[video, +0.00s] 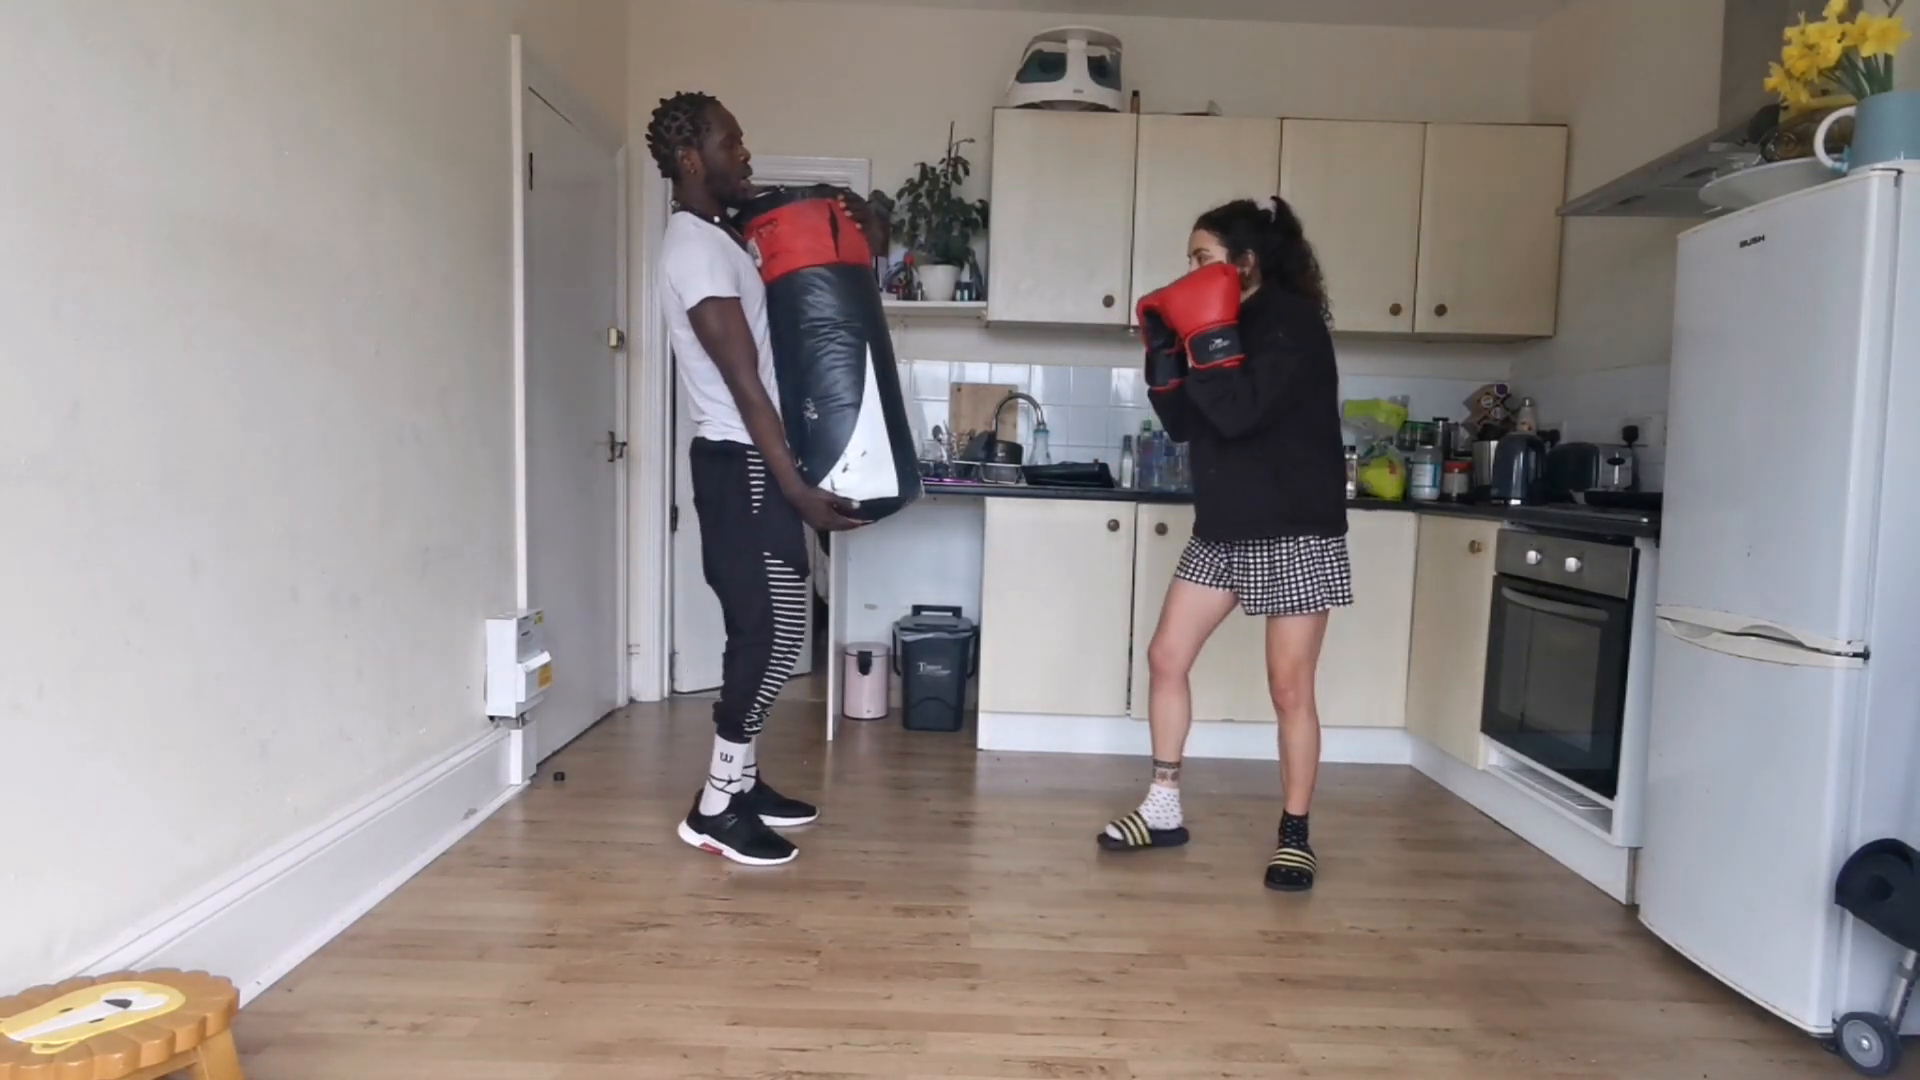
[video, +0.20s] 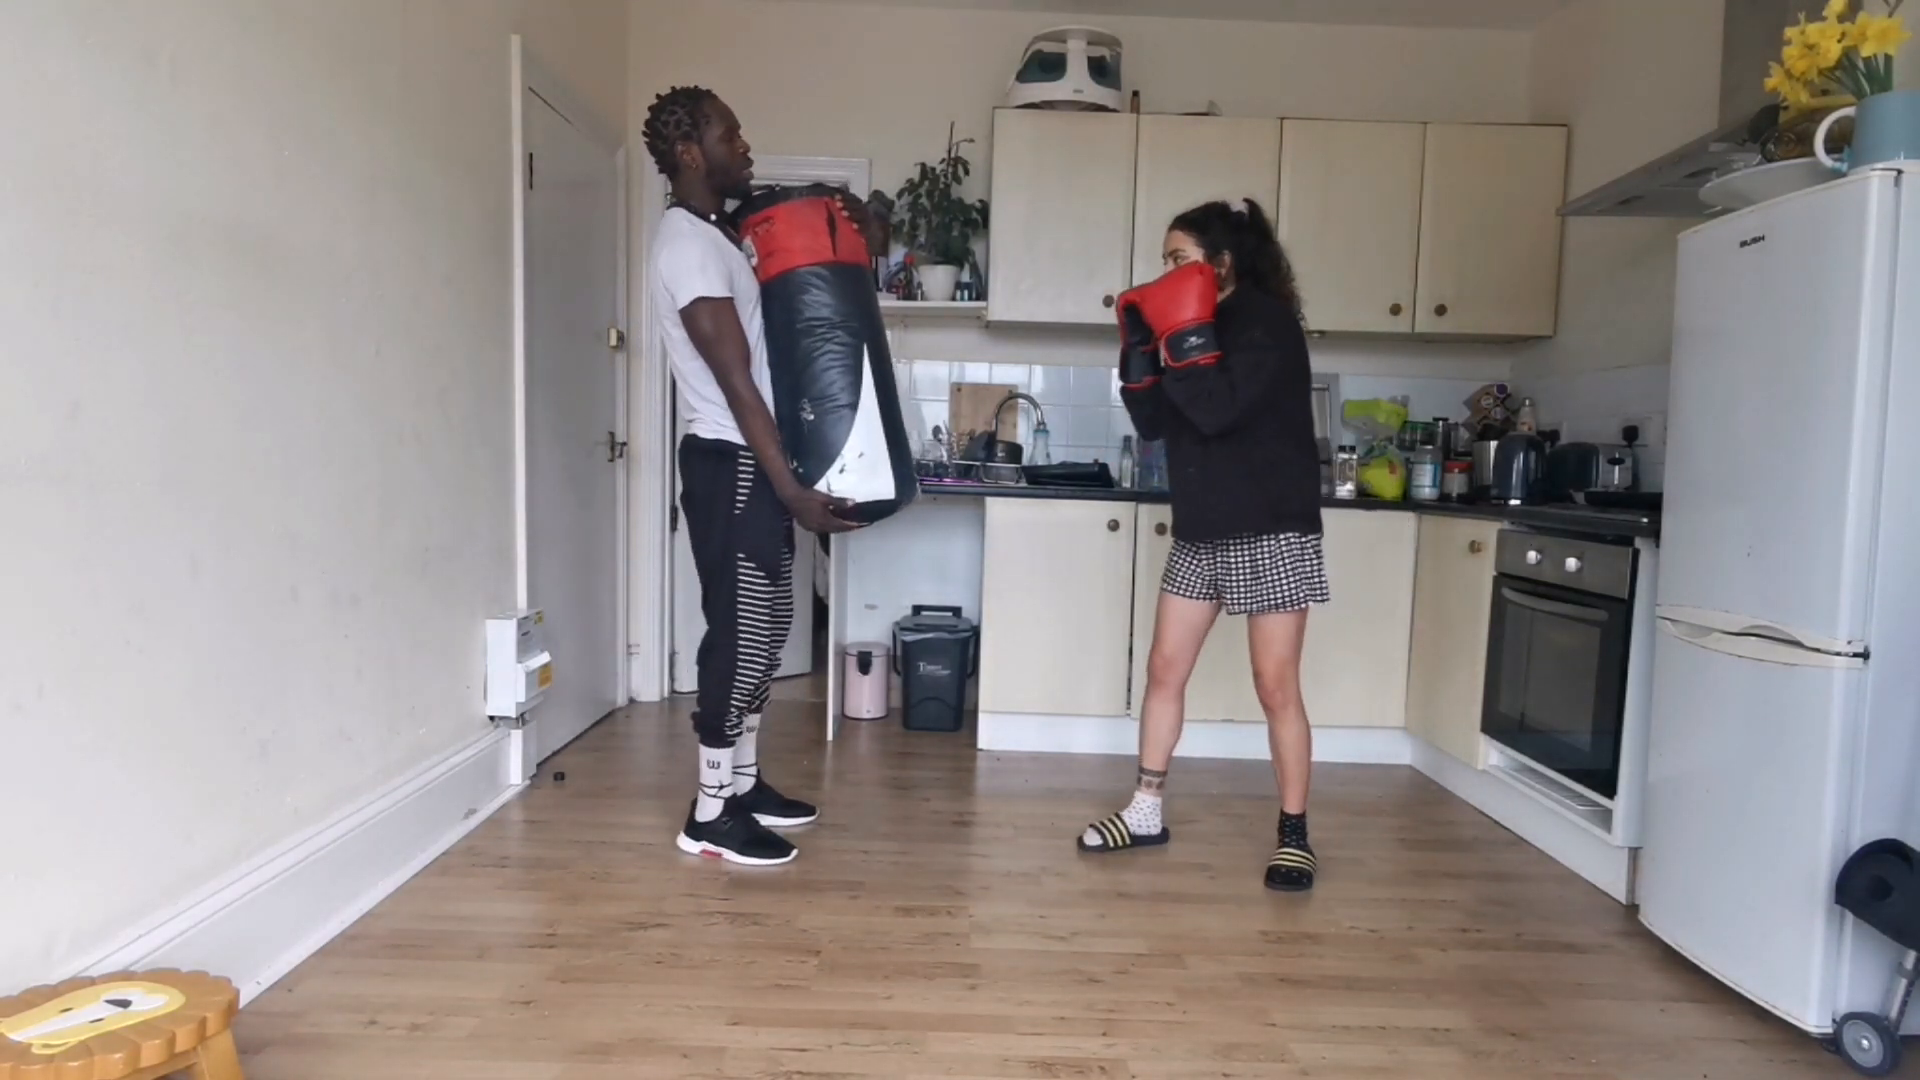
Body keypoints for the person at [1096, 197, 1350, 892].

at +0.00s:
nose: (1195, 270)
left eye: (1205, 258)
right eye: (1193, 259)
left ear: (1248, 260)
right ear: (1222, 264)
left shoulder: (1291, 320)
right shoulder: (1221, 325)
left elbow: (1239, 413)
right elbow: (1184, 423)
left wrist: (1208, 333)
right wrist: (1160, 348)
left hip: (1298, 526)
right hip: (1226, 524)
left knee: (1291, 687)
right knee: (1167, 658)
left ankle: (1294, 833)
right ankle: (1164, 806)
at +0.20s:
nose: (1170, 270)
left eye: (1180, 258)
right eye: (1169, 260)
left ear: (1223, 261)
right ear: (1191, 263)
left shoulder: (1264, 319)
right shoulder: (1191, 326)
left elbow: (1218, 410)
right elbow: (1152, 421)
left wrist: (1184, 333)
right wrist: (1135, 339)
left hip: (1274, 522)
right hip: (1202, 523)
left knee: (1277, 685)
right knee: (1165, 668)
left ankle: (1293, 833)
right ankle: (1146, 809)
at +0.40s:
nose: (1145, 271)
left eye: (1157, 259)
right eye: (1141, 261)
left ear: (1199, 259)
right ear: (1148, 268)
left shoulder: (1243, 321)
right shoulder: (1159, 327)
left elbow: (1193, 411)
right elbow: (1128, 423)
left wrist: (1161, 335)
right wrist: (1113, 341)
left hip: (1258, 519)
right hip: (1182, 521)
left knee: (1270, 686)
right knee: (1157, 667)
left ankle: (1296, 832)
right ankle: (1146, 809)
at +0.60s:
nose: (1148, 270)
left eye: (1160, 257)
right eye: (1146, 259)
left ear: (1204, 258)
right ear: (1160, 265)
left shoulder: (1250, 320)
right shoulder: (1168, 326)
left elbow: (1198, 409)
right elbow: (1135, 422)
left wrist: (1164, 333)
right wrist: (1118, 340)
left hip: (1264, 521)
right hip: (1188, 523)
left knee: (1279, 686)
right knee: (1159, 669)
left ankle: (1305, 835)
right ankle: (1146, 810)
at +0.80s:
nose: (1176, 266)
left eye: (1186, 253)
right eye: (1174, 256)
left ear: (1228, 254)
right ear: (1194, 260)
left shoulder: (1273, 315)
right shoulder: (1194, 324)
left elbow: (1228, 406)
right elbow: (1158, 424)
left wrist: (1190, 327)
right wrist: (1140, 341)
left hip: (1285, 518)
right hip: (1209, 520)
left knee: (1292, 686)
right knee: (1173, 671)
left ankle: (1306, 836)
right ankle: (1147, 810)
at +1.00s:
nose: (1199, 261)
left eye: (1212, 248)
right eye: (1197, 249)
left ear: (1258, 251)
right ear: (1204, 257)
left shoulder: (1301, 314)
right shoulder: (1212, 322)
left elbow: (1246, 394)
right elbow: (1171, 412)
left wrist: (1219, 319)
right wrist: (1159, 336)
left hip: (1294, 518)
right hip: (1216, 518)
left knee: (1299, 688)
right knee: (1184, 675)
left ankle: (1307, 834)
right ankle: (1148, 811)